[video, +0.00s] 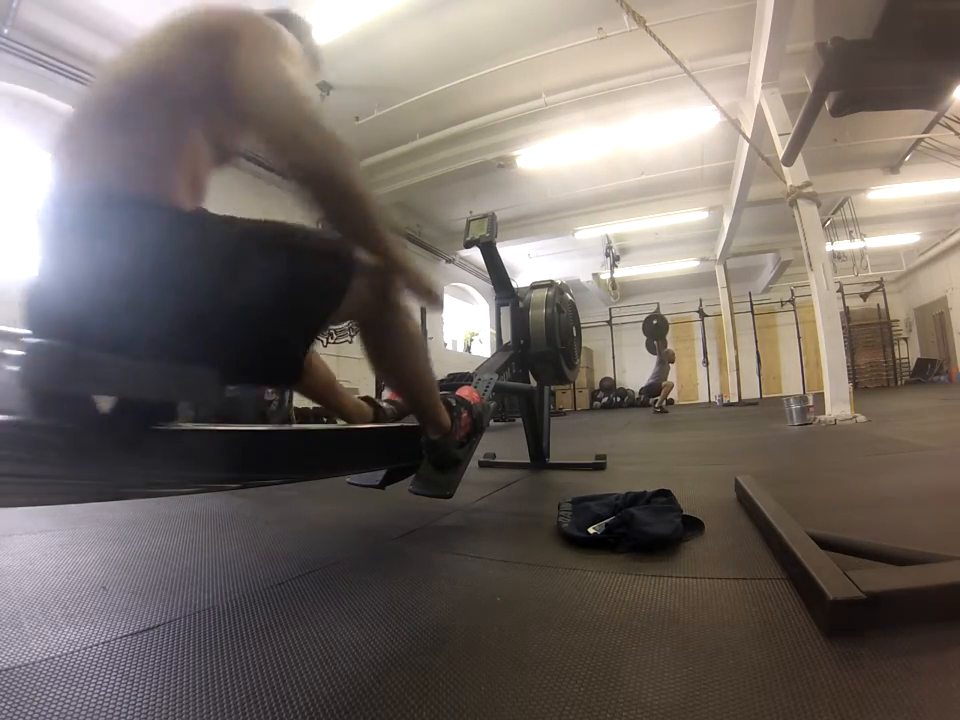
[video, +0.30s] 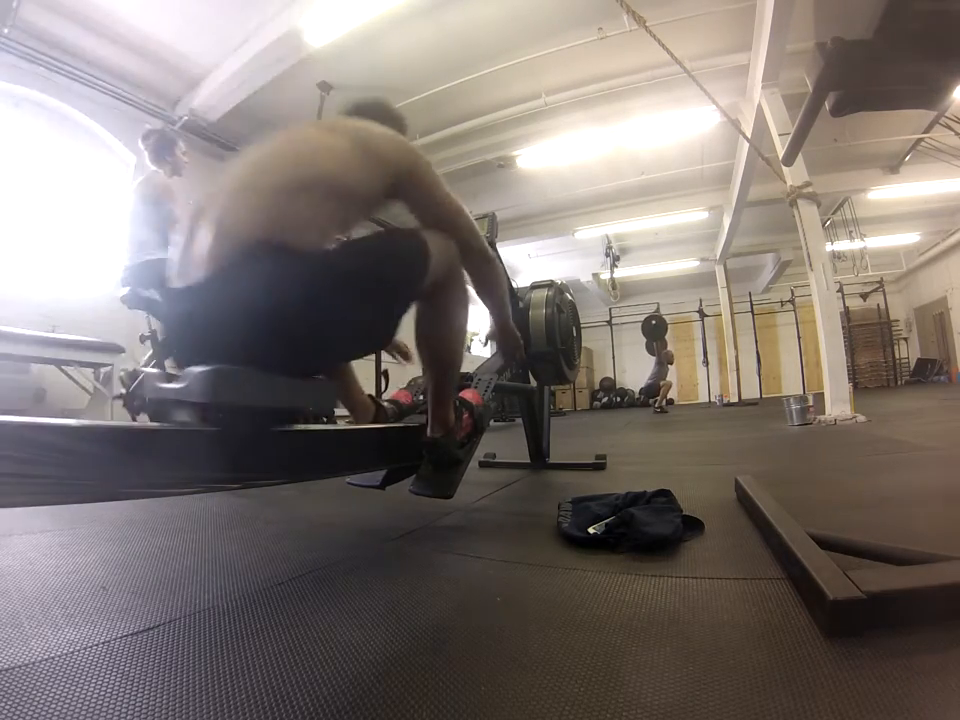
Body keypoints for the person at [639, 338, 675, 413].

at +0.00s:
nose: (674, 357)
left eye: (674, 355)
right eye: (673, 355)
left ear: (667, 356)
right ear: (667, 355)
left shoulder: (667, 366)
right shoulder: (662, 361)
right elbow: (659, 347)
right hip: (648, 388)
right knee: (669, 384)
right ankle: (658, 406)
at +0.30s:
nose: (673, 358)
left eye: (673, 356)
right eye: (671, 356)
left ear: (667, 357)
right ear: (666, 357)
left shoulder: (666, 367)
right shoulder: (660, 363)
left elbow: (663, 382)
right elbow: (658, 350)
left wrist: (665, 400)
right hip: (647, 388)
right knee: (667, 383)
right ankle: (658, 406)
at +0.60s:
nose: (673, 359)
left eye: (673, 356)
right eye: (672, 356)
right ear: (666, 357)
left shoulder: (666, 368)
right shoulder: (661, 363)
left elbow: (663, 382)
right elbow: (658, 352)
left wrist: (665, 400)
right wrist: (655, 340)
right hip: (647, 389)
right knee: (668, 384)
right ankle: (658, 406)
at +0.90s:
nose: (674, 358)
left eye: (674, 356)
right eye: (673, 356)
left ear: (668, 357)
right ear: (668, 357)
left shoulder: (667, 366)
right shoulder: (662, 363)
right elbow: (659, 349)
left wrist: (665, 400)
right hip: (648, 389)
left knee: (669, 384)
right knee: (668, 384)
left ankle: (658, 403)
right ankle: (658, 406)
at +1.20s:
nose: (675, 350)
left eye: (675, 348)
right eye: (673, 348)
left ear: (669, 349)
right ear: (668, 349)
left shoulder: (667, 358)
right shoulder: (663, 354)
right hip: (650, 380)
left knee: (669, 383)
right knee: (669, 383)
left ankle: (658, 404)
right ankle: (658, 406)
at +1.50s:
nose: (671, 337)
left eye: (671, 335)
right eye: (669, 335)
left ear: (667, 336)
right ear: (665, 336)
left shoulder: (665, 347)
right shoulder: (661, 344)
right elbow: (659, 334)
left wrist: (663, 373)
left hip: (655, 371)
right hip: (649, 371)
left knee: (668, 382)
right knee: (667, 382)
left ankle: (659, 404)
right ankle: (658, 406)